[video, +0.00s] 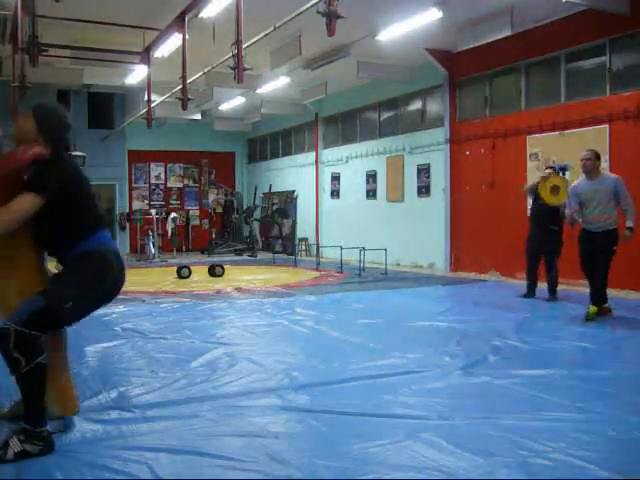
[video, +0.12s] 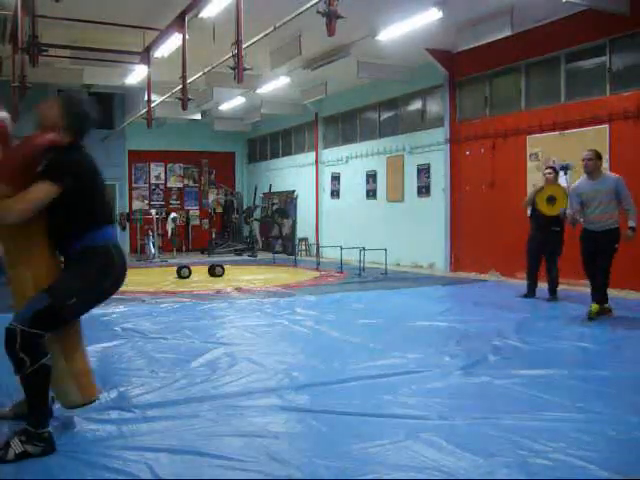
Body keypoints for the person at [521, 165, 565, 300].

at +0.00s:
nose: (549, 178)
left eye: (552, 174)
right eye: (547, 174)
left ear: (557, 177)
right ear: (543, 176)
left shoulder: (559, 193)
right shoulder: (537, 190)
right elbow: (527, 190)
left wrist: (559, 181)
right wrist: (540, 180)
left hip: (553, 232)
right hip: (536, 231)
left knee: (551, 264)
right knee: (532, 263)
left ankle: (552, 292)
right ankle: (530, 290)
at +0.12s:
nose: (548, 176)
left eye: (551, 173)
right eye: (546, 174)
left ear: (556, 176)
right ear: (543, 176)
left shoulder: (562, 192)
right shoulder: (538, 191)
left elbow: (567, 208)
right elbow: (526, 204)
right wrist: (535, 191)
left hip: (554, 230)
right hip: (537, 230)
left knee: (552, 262)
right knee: (532, 261)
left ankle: (553, 292)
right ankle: (531, 290)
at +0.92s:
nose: (540, 176)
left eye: (543, 173)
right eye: (538, 173)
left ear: (550, 175)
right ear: (536, 176)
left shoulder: (558, 196)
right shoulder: (533, 191)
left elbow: (561, 214)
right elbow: (527, 209)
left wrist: (549, 217)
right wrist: (522, 202)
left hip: (550, 230)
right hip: (534, 229)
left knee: (549, 262)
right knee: (531, 261)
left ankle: (552, 292)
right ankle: (532, 290)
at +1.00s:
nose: (540, 175)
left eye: (543, 172)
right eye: (539, 172)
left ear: (550, 174)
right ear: (537, 175)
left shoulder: (558, 195)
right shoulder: (534, 191)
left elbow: (561, 214)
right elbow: (527, 209)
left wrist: (548, 212)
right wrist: (523, 200)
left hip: (550, 230)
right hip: (534, 228)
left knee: (549, 262)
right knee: (531, 261)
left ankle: (552, 292)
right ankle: (531, 290)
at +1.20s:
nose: (542, 178)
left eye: (545, 175)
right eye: (539, 175)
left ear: (551, 177)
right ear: (536, 176)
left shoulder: (558, 194)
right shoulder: (533, 192)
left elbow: (560, 212)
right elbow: (521, 200)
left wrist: (554, 198)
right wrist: (525, 186)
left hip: (549, 233)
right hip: (532, 232)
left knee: (550, 264)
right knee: (531, 264)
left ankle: (552, 292)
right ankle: (532, 290)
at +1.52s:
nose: (535, 178)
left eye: (538, 175)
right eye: (534, 176)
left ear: (544, 178)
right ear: (533, 179)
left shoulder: (553, 192)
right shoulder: (531, 191)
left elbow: (565, 193)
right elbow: (519, 180)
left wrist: (560, 176)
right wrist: (530, 167)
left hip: (548, 229)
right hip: (533, 229)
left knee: (550, 263)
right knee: (532, 262)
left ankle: (552, 292)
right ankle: (533, 290)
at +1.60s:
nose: (532, 178)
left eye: (535, 175)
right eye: (531, 175)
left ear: (543, 177)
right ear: (530, 179)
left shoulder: (554, 192)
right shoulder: (530, 191)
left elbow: (566, 184)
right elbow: (520, 177)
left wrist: (564, 169)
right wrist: (532, 162)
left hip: (550, 228)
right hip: (534, 228)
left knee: (550, 261)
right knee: (532, 261)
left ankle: (553, 292)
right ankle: (533, 290)